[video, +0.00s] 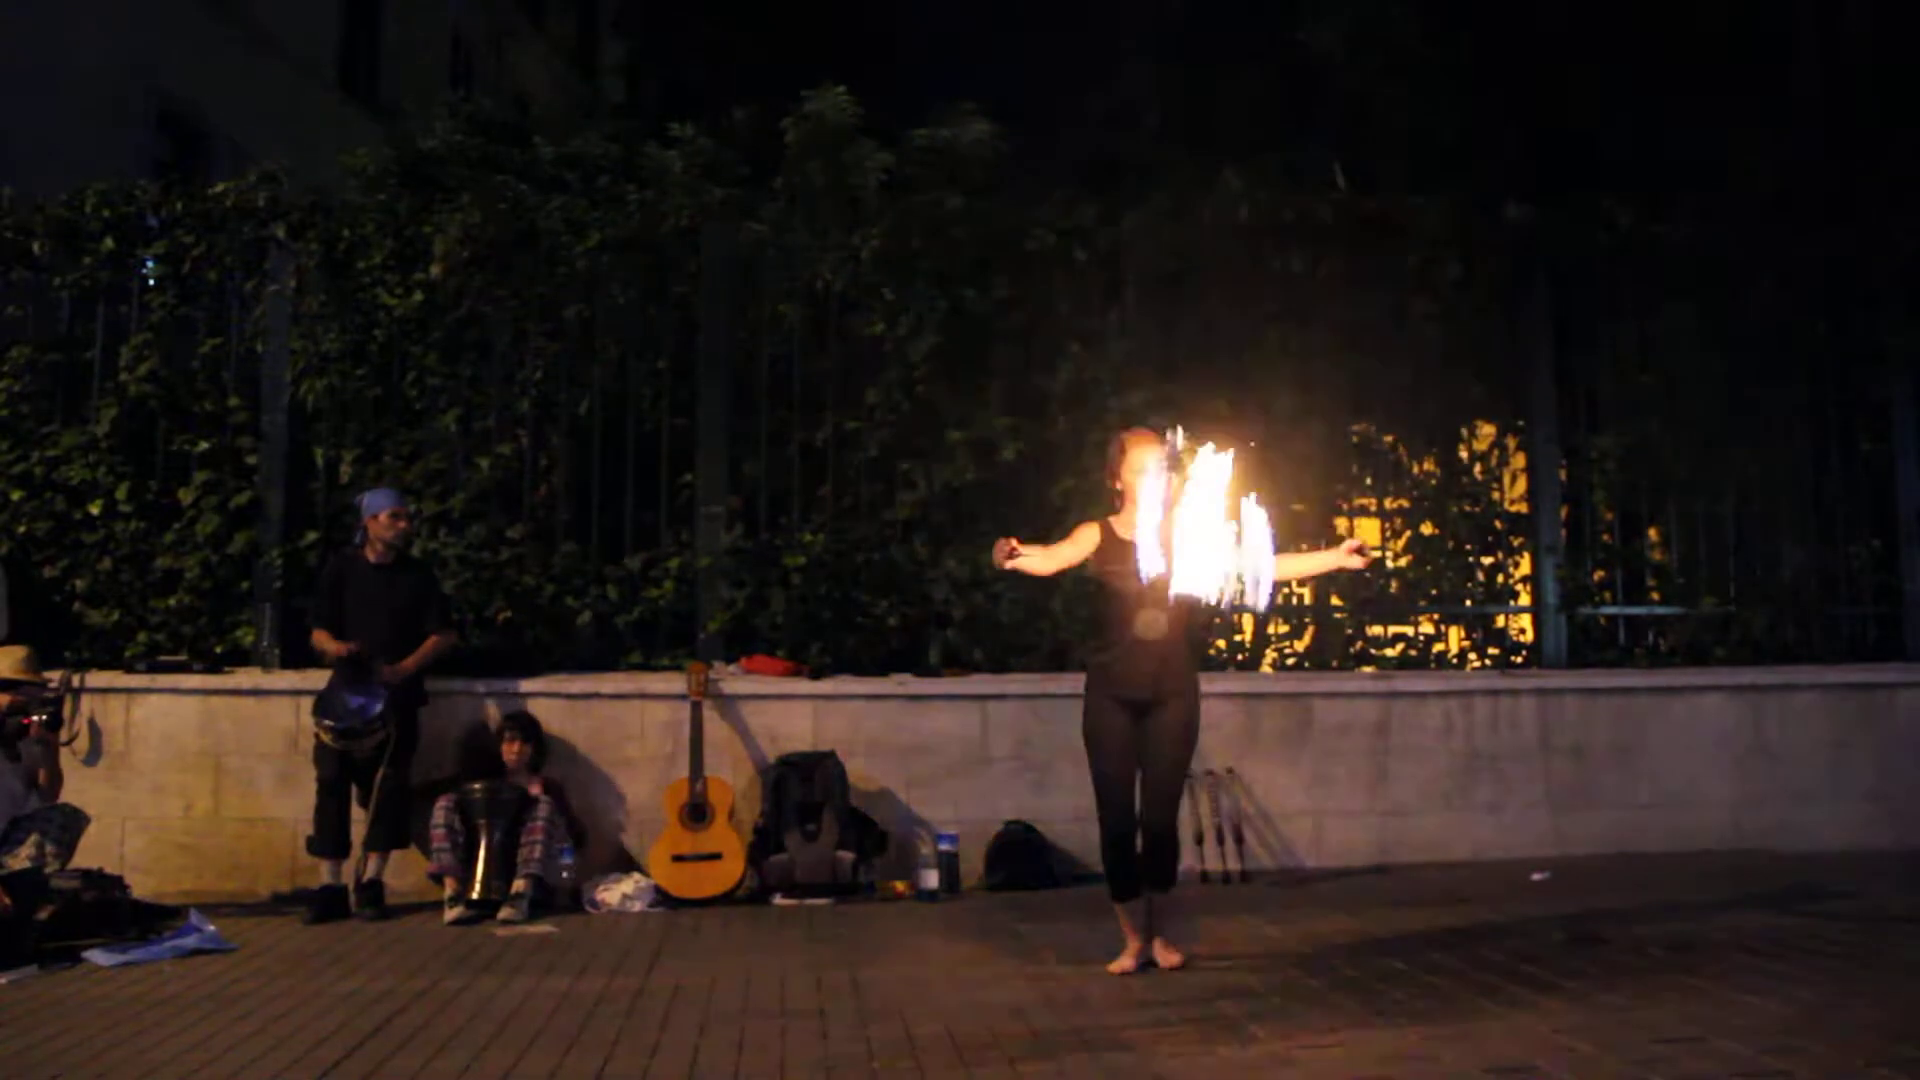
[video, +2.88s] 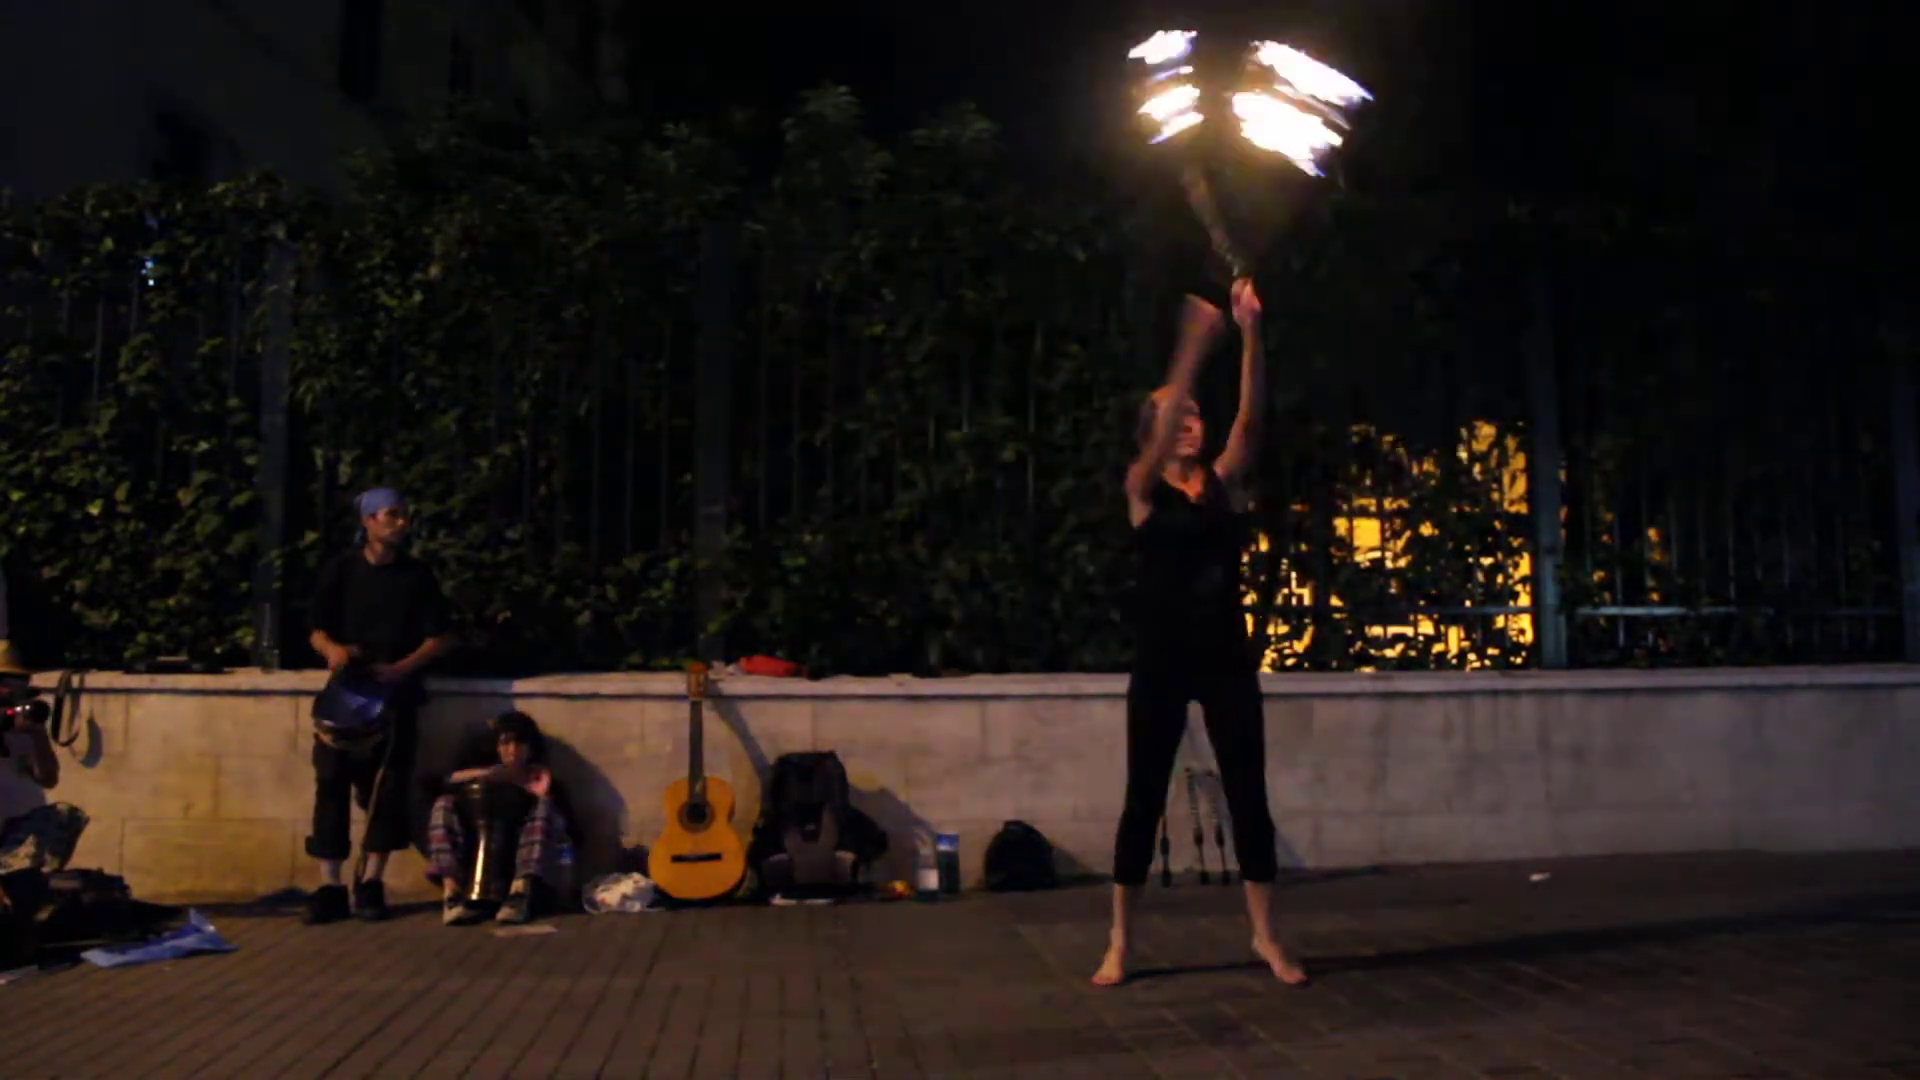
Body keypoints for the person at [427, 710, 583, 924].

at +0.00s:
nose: (516, 749)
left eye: (524, 742)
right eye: (510, 741)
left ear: (534, 749)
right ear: (500, 746)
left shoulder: (547, 787)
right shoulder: (487, 783)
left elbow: (570, 838)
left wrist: (541, 800)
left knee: (543, 806)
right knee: (445, 804)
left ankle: (521, 891)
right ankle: (452, 892)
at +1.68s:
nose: (518, 749)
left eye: (526, 743)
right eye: (512, 741)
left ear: (535, 750)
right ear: (500, 746)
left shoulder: (548, 790)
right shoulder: (481, 785)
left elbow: (564, 840)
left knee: (542, 806)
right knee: (444, 804)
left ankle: (521, 893)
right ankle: (451, 894)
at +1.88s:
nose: (512, 748)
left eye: (519, 741)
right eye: (507, 740)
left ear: (533, 748)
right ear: (500, 745)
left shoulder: (537, 780)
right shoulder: (484, 773)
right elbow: (451, 778)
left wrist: (541, 798)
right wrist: (488, 757)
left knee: (542, 807)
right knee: (445, 804)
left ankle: (521, 893)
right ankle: (451, 893)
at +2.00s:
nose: (515, 748)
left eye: (523, 741)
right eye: (508, 741)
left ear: (536, 749)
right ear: (495, 746)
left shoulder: (548, 789)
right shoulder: (478, 781)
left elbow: (573, 838)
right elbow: (434, 781)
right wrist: (471, 753)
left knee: (543, 807)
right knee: (445, 805)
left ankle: (520, 894)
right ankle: (451, 894)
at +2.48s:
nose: (518, 749)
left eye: (525, 742)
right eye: (511, 742)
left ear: (535, 749)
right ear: (497, 748)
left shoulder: (547, 790)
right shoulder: (482, 790)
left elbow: (566, 840)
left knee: (542, 807)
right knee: (444, 805)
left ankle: (521, 893)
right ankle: (451, 893)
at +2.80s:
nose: (514, 750)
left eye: (521, 743)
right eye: (507, 743)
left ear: (532, 749)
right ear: (498, 748)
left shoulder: (546, 788)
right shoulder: (484, 787)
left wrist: (541, 800)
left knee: (542, 809)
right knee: (442, 806)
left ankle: (520, 891)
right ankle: (451, 893)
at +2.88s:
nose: (513, 750)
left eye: (520, 743)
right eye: (506, 743)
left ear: (531, 748)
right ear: (498, 748)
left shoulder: (540, 778)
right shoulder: (485, 775)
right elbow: (452, 779)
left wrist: (543, 798)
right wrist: (493, 776)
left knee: (542, 808)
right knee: (444, 805)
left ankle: (520, 891)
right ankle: (451, 892)